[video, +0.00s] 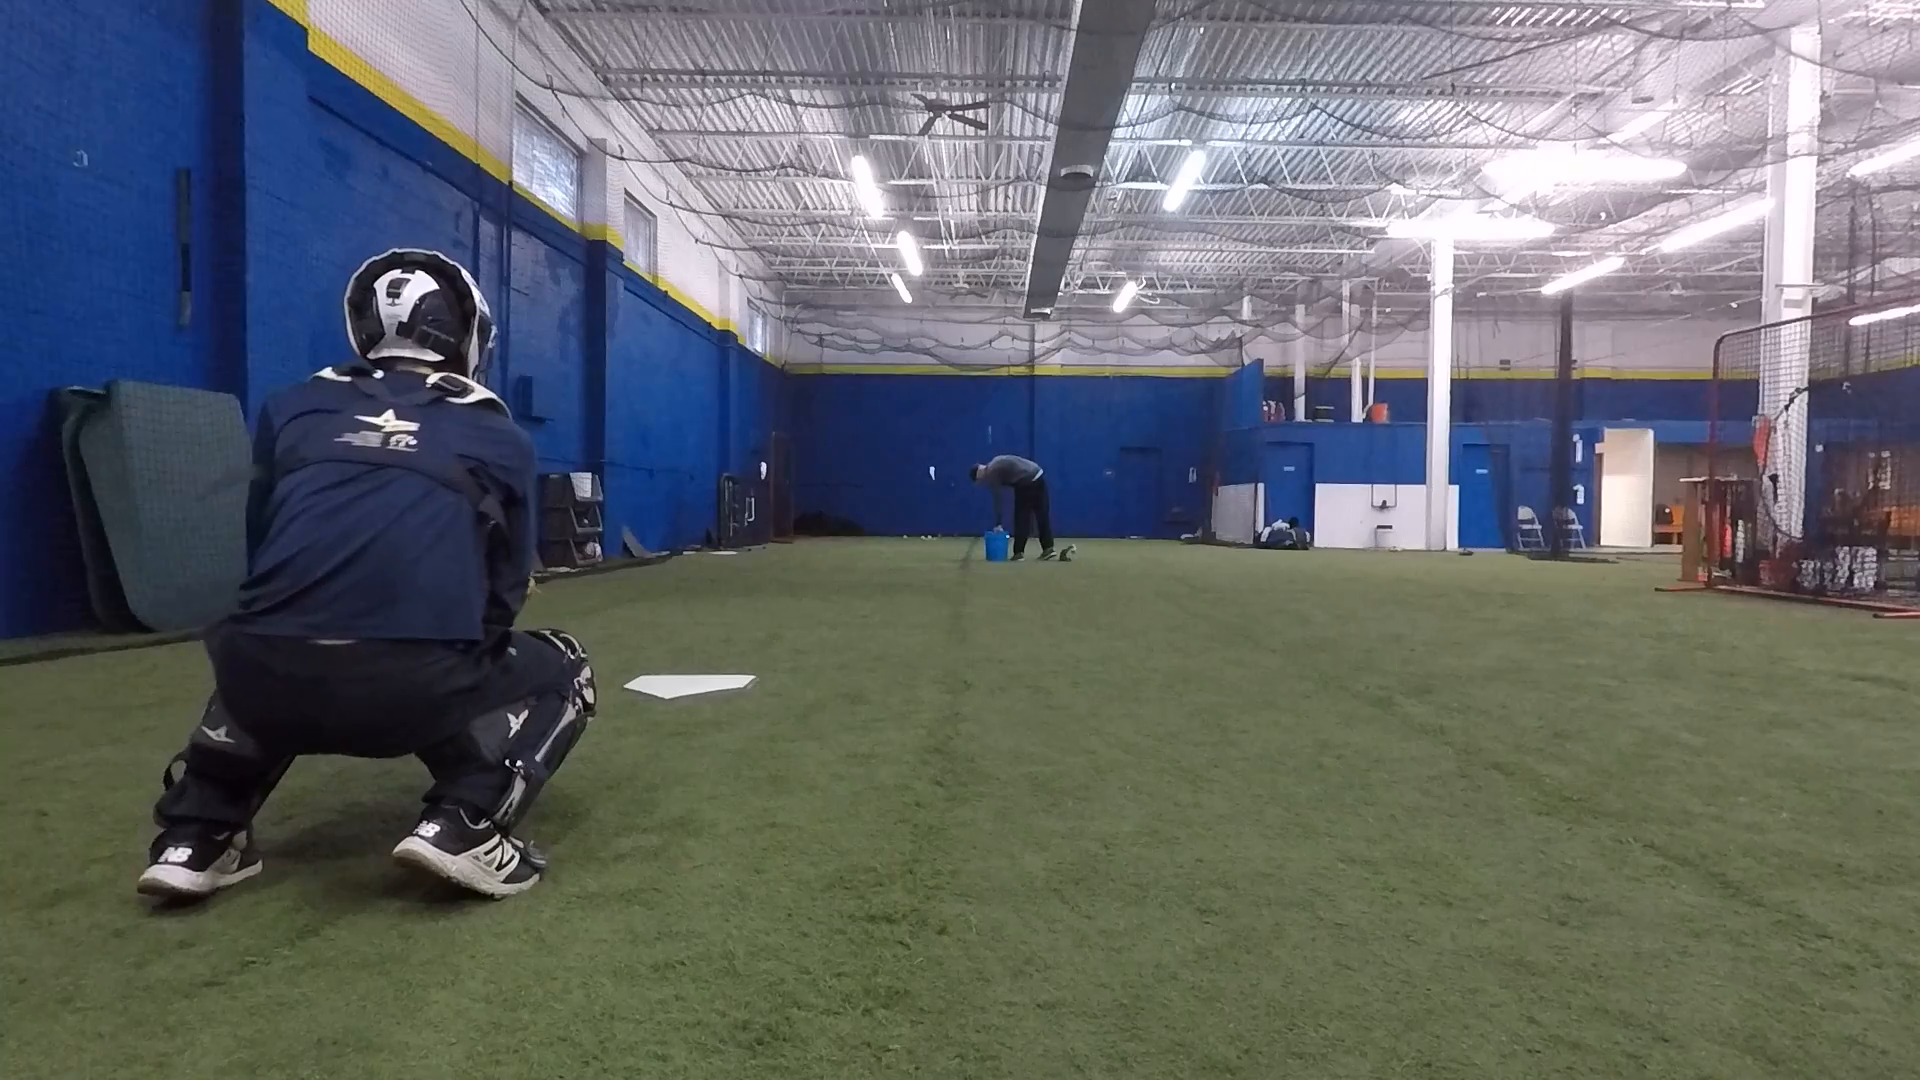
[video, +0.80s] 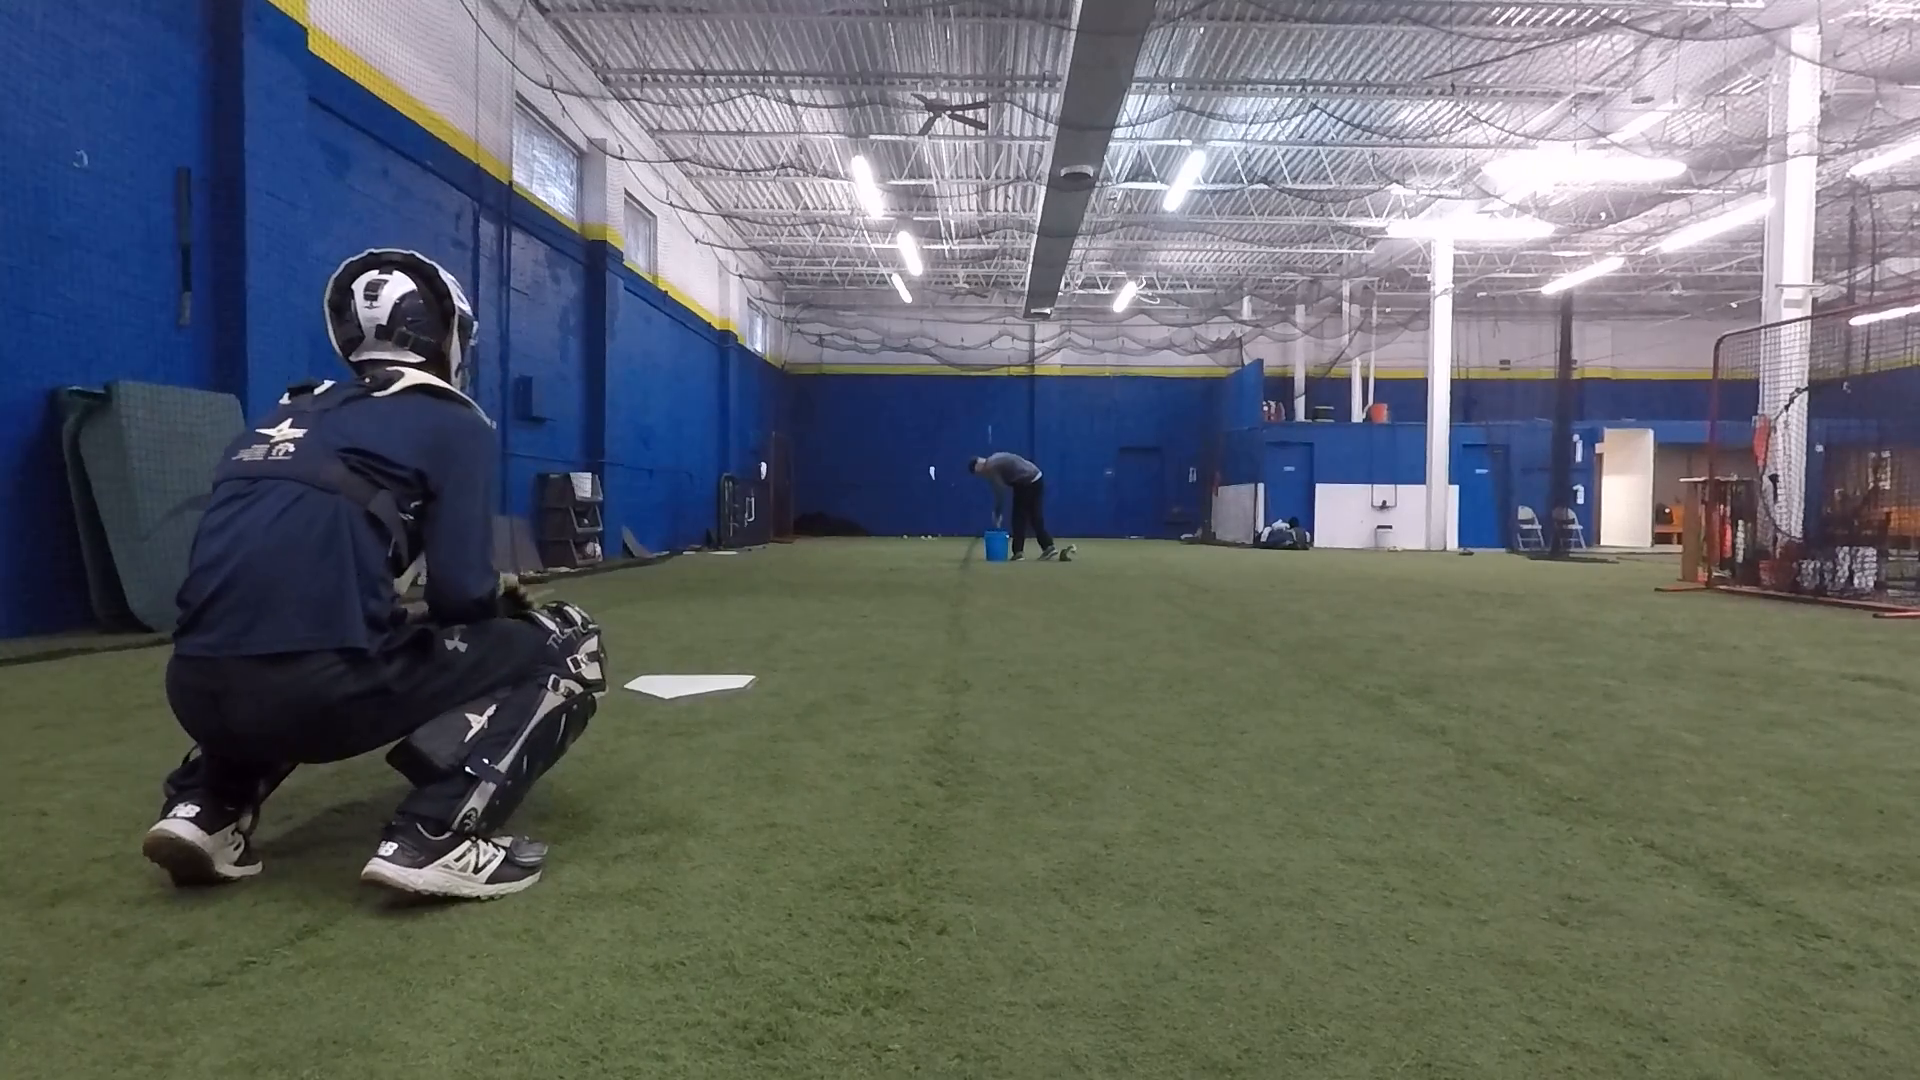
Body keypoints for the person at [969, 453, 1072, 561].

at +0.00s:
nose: (982, 480)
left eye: (980, 478)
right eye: (980, 479)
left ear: (980, 471)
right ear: (980, 473)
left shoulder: (995, 468)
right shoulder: (992, 474)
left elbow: (998, 500)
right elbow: (997, 499)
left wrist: (998, 524)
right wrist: (998, 524)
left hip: (1036, 480)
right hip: (1021, 485)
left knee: (1042, 516)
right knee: (1021, 519)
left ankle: (1048, 549)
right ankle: (1018, 552)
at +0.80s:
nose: (980, 474)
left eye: (978, 471)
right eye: (977, 473)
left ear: (979, 465)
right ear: (980, 462)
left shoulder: (992, 466)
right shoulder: (991, 465)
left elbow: (1001, 490)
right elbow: (999, 491)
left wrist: (998, 513)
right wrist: (997, 513)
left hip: (1033, 481)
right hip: (1019, 484)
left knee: (1035, 517)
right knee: (1018, 519)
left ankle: (1048, 547)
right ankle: (1017, 551)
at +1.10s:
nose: (981, 448)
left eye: (980, 445)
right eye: (979, 445)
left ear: (983, 441)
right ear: (988, 436)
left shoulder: (995, 449)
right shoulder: (1002, 443)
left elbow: (1006, 468)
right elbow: (1010, 466)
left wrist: (996, 478)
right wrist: (1001, 479)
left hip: (1017, 483)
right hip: (1024, 480)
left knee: (1008, 515)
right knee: (1012, 514)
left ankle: (1017, 549)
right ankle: (1019, 543)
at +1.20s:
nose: (984, 443)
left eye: (983, 439)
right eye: (982, 440)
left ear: (986, 435)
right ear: (989, 433)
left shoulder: (998, 446)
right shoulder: (1002, 443)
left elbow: (1009, 467)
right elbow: (1007, 466)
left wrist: (994, 475)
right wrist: (995, 473)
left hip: (1014, 485)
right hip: (1019, 483)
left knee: (1006, 517)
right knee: (1008, 516)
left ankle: (1016, 550)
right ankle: (1013, 548)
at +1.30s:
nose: (984, 440)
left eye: (984, 436)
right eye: (982, 437)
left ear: (989, 433)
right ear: (988, 434)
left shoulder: (1001, 445)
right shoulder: (999, 446)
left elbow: (1008, 466)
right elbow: (1004, 467)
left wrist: (995, 473)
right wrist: (994, 472)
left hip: (1013, 487)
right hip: (1008, 487)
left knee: (1009, 517)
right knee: (1001, 517)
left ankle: (1016, 549)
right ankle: (998, 549)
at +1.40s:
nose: (986, 437)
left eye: (986, 434)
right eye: (984, 435)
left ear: (992, 431)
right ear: (985, 435)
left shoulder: (1003, 444)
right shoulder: (994, 446)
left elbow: (1014, 464)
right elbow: (1000, 465)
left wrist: (998, 472)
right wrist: (990, 473)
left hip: (1011, 486)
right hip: (1003, 486)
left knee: (1007, 516)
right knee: (997, 516)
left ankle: (1019, 545)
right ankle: (995, 547)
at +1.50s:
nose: (990, 435)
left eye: (991, 431)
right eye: (987, 433)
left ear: (995, 429)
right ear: (986, 434)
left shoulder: (1006, 442)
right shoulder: (991, 446)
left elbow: (1016, 461)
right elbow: (994, 464)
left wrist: (999, 470)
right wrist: (987, 472)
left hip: (1011, 485)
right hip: (999, 486)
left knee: (1008, 516)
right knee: (996, 516)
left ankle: (1024, 544)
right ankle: (995, 547)